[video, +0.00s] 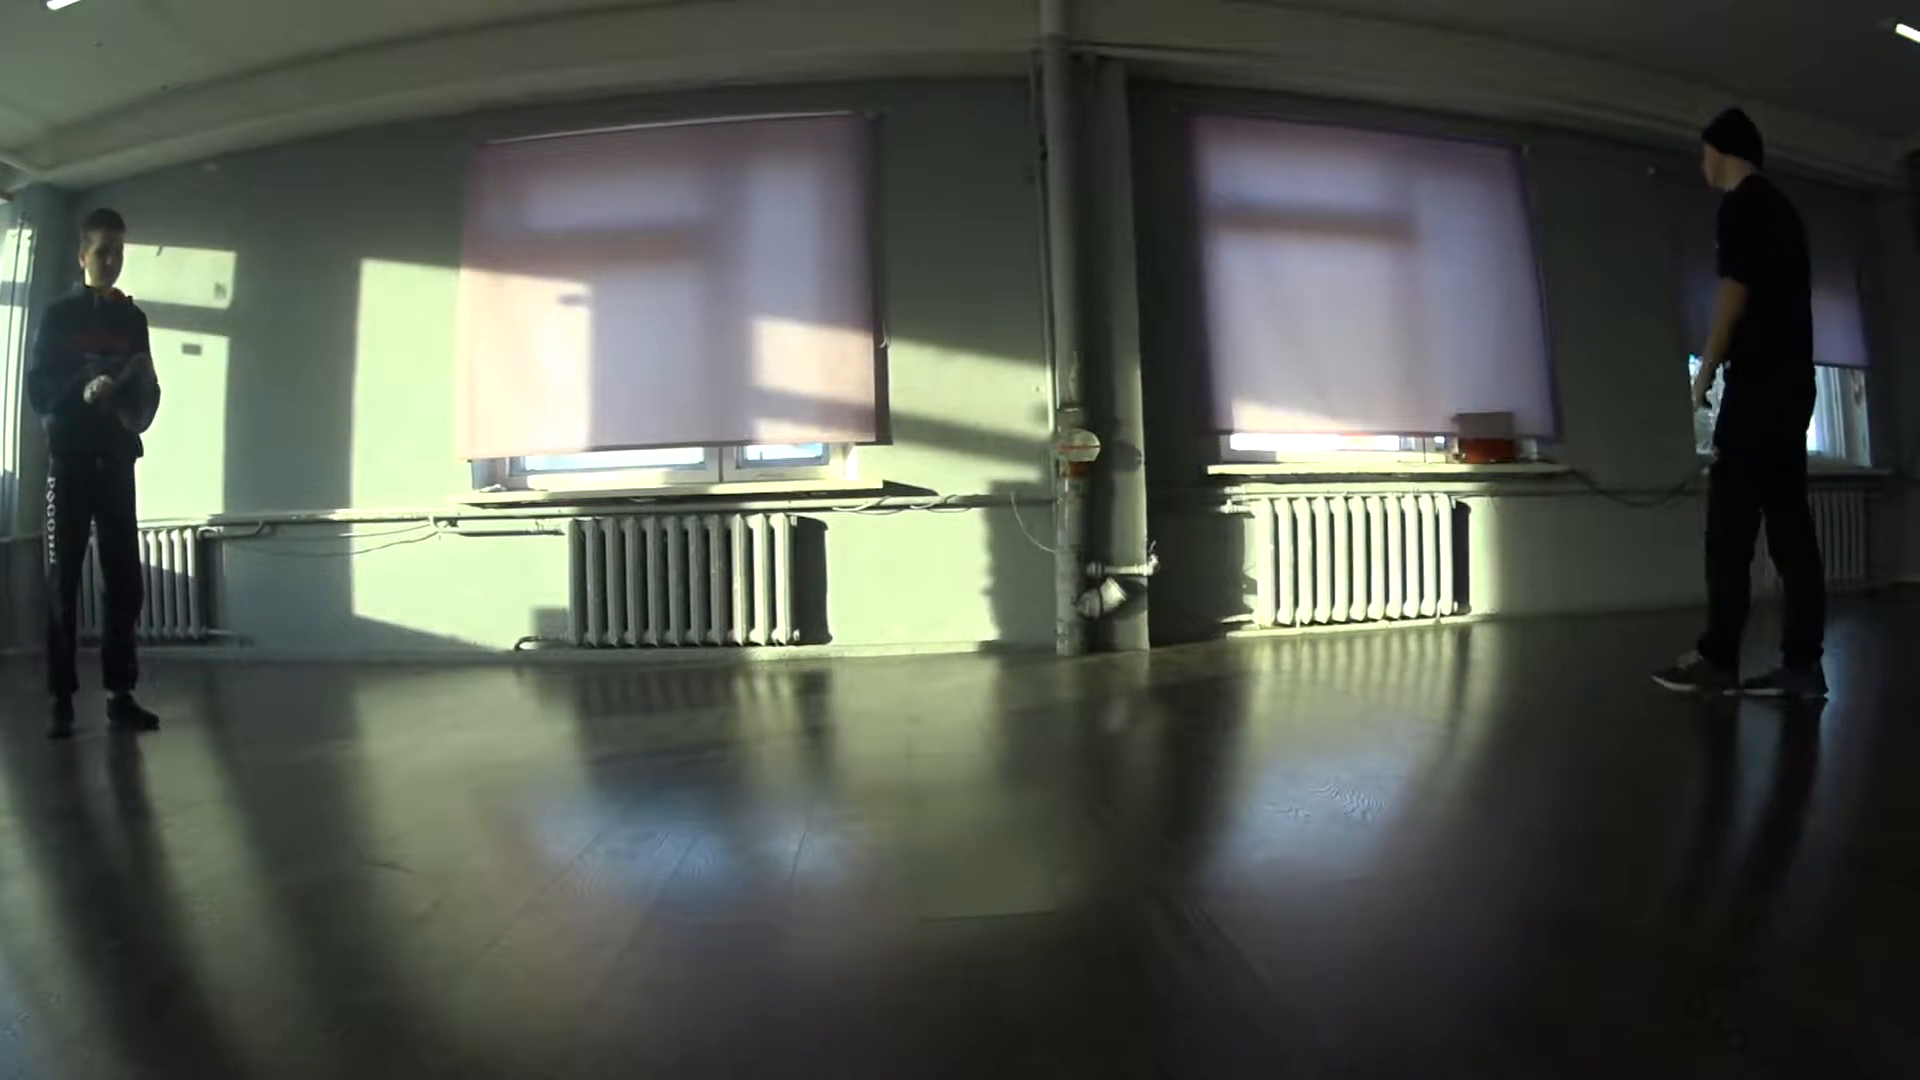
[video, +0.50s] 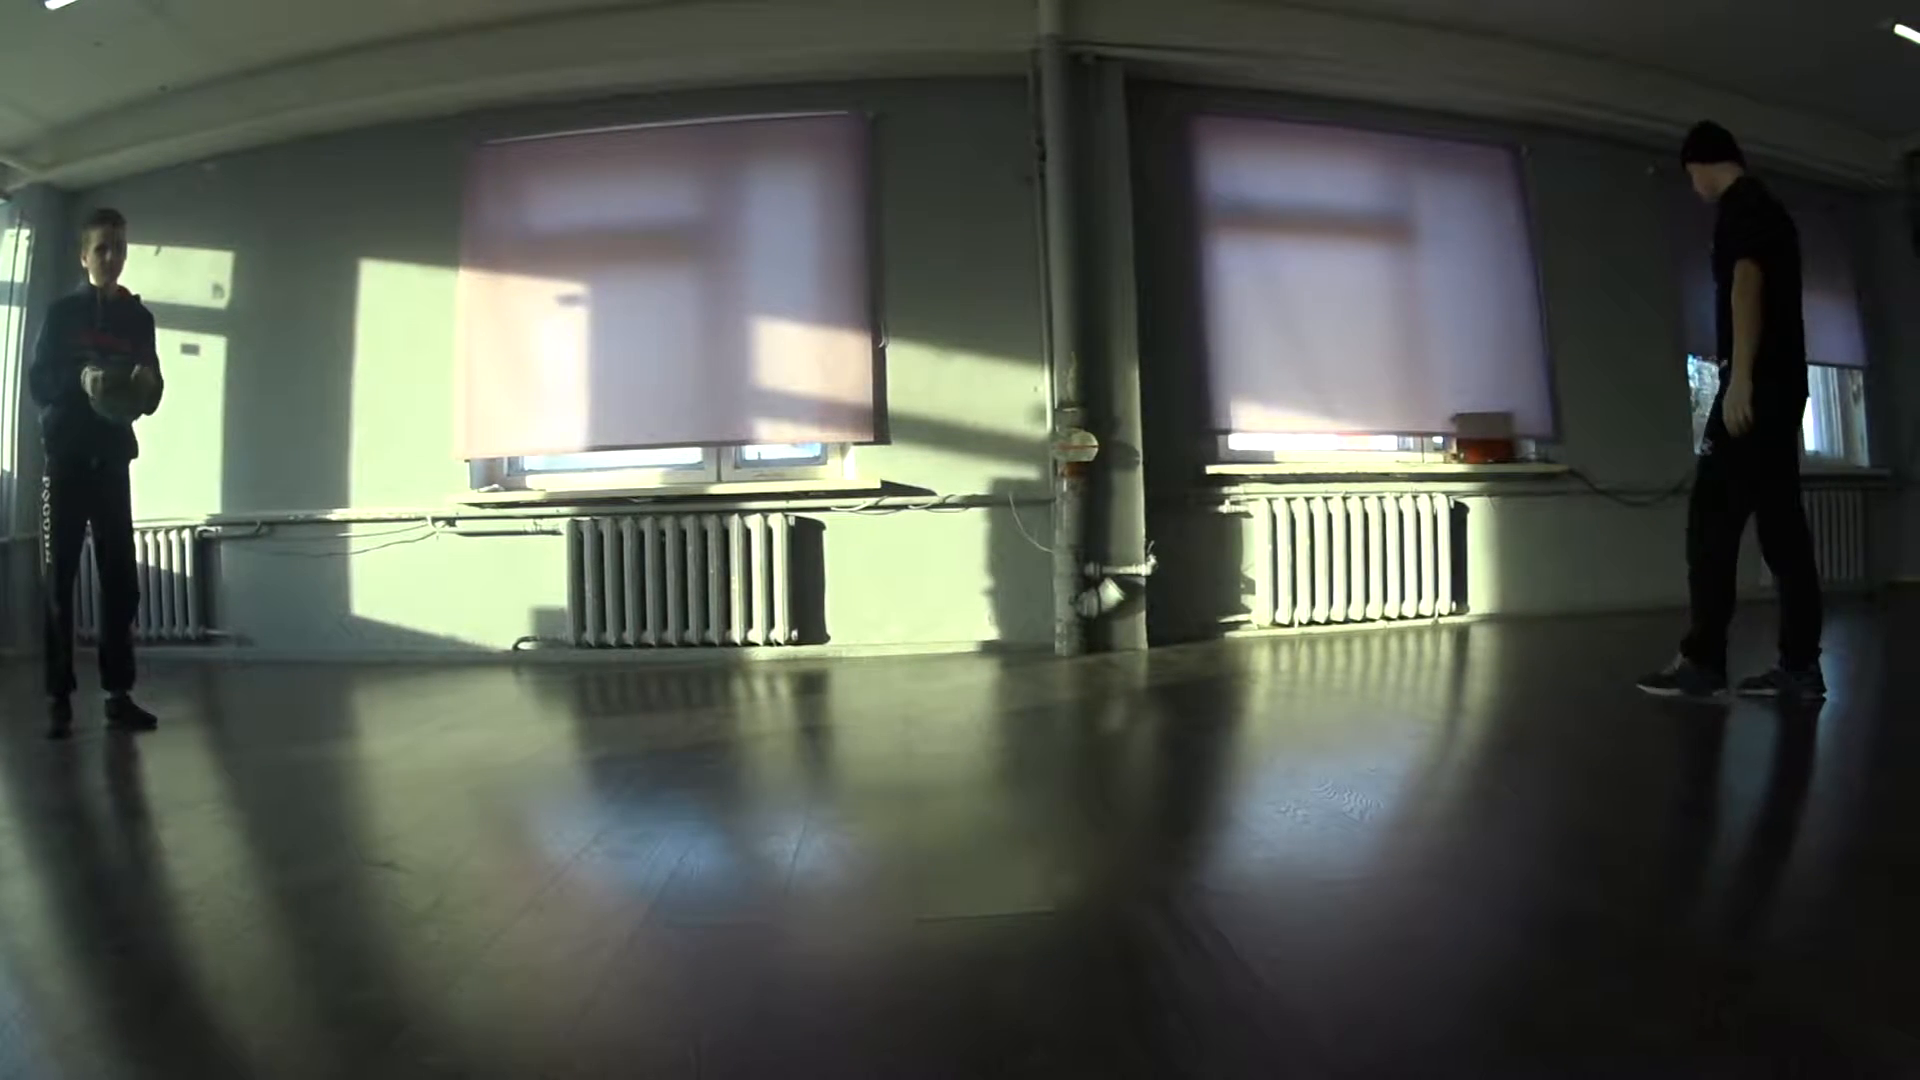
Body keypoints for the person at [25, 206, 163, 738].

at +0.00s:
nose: (111, 259)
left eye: (117, 250)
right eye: (102, 250)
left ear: (124, 254)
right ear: (82, 253)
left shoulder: (132, 315)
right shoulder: (59, 312)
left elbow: (148, 388)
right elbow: (38, 392)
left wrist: (130, 411)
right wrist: (81, 389)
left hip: (116, 457)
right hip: (70, 457)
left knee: (124, 576)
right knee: (64, 576)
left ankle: (121, 696)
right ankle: (62, 699)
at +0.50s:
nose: (111, 256)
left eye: (118, 247)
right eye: (102, 247)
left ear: (127, 251)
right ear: (83, 253)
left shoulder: (138, 315)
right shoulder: (63, 310)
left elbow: (154, 393)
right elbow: (39, 385)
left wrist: (139, 390)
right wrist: (81, 380)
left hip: (113, 456)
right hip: (66, 456)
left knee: (120, 577)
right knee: (60, 580)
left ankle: (119, 696)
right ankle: (60, 700)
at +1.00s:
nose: (109, 255)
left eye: (115, 246)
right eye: (101, 246)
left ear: (122, 252)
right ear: (80, 253)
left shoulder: (133, 315)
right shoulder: (60, 308)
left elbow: (147, 397)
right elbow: (35, 381)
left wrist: (128, 364)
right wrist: (79, 355)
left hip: (112, 458)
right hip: (65, 456)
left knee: (118, 576)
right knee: (59, 577)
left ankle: (117, 696)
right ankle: (58, 700)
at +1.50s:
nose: (107, 263)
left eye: (114, 255)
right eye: (98, 254)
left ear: (122, 259)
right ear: (79, 255)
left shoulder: (123, 312)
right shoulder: (61, 306)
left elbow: (171, 328)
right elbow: (41, 329)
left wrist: (159, 279)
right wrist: (77, 277)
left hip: (109, 457)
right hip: (62, 456)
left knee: (117, 579)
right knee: (57, 577)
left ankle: (115, 696)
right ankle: (55, 701)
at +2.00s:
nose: (107, 261)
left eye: (115, 252)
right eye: (99, 251)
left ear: (122, 257)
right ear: (81, 254)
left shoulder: (128, 311)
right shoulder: (56, 304)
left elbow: (174, 281)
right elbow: (33, 280)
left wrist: (135, 250)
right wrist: (62, 239)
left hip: (108, 456)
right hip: (61, 454)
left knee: (117, 579)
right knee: (57, 576)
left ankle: (114, 697)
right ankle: (54, 701)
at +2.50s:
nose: (110, 265)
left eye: (115, 256)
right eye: (104, 255)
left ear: (116, 256)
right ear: (83, 254)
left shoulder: (124, 317)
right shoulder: (52, 307)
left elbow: (171, 313)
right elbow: (21, 306)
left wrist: (133, 280)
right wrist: (48, 264)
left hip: (104, 457)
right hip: (57, 456)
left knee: (114, 577)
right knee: (53, 576)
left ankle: (112, 697)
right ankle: (52, 700)